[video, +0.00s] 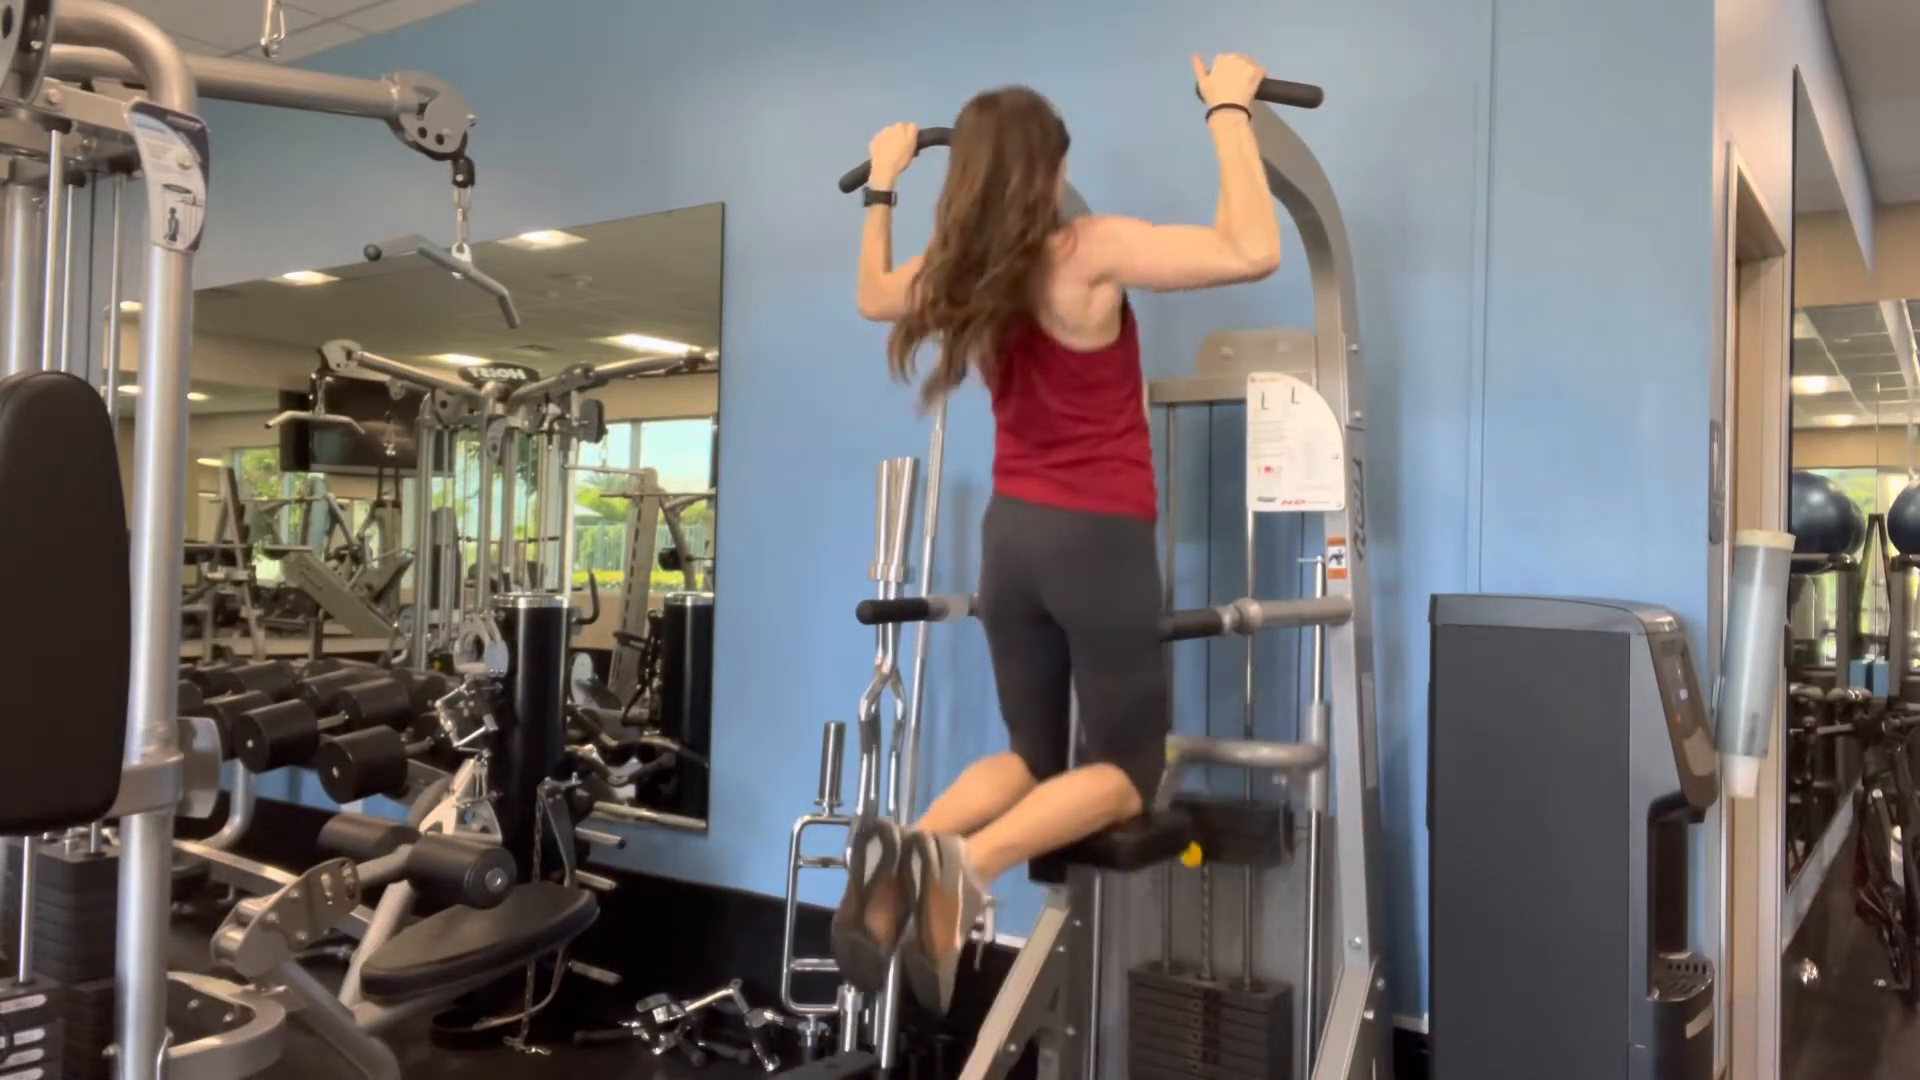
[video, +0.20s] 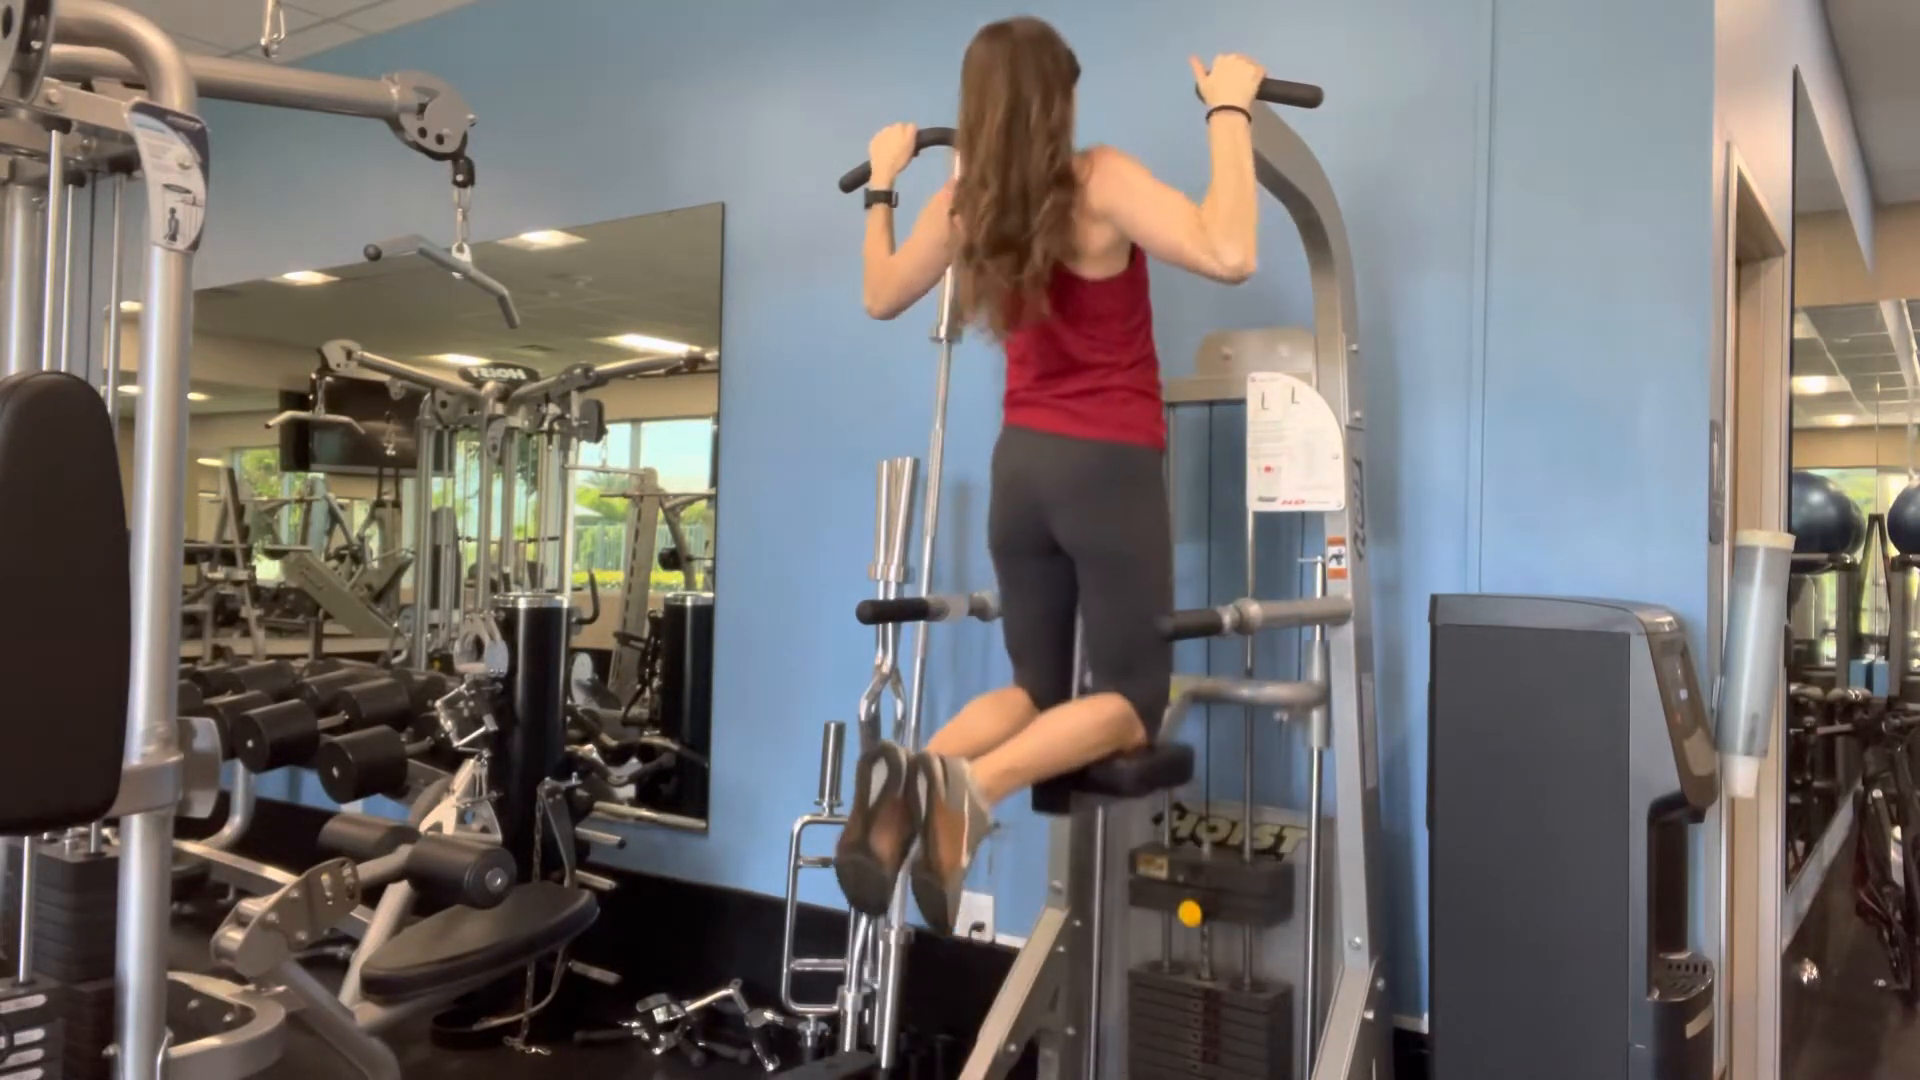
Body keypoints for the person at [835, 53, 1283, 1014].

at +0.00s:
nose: (1070, 165)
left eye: (1060, 156)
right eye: (1063, 155)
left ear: (968, 171)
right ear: (1051, 165)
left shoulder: (969, 264)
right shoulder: (1091, 246)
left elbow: (873, 296)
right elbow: (1251, 249)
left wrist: (879, 184)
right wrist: (1230, 110)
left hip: (1011, 534)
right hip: (1099, 540)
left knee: (1034, 758)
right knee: (1128, 773)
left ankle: (909, 850)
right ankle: (968, 865)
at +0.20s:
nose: (1076, 103)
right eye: (1072, 90)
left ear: (978, 105)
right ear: (1062, 98)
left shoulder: (966, 199)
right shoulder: (1101, 178)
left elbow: (883, 294)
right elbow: (1229, 252)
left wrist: (880, 184)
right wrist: (1230, 111)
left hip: (1019, 464)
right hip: (1109, 466)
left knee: (1037, 690)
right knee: (1131, 705)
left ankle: (914, 779)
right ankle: (976, 785)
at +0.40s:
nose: (1079, 52)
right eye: (1074, 38)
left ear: (988, 58)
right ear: (1070, 49)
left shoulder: (968, 164)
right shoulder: (1108, 135)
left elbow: (888, 285)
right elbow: (1184, 247)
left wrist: (879, 181)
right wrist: (1227, 113)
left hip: (1019, 423)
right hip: (1109, 424)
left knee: (1039, 647)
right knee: (1132, 663)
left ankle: (912, 733)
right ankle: (978, 734)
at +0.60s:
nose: (1087, 41)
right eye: (1082, 29)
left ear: (995, 48)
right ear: (1077, 41)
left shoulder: (974, 152)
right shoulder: (1112, 127)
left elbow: (893, 279)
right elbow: (1175, 243)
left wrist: (880, 180)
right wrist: (1228, 113)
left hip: (1020, 411)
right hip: (1110, 411)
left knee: (1039, 634)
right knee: (1133, 649)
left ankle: (914, 715)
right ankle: (980, 717)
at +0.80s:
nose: (1088, 43)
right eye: (1084, 30)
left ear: (996, 47)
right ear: (1079, 42)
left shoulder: (974, 155)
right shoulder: (1112, 132)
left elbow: (891, 279)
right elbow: (1180, 246)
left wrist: (878, 182)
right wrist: (1229, 114)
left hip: (1018, 415)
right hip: (1109, 414)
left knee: (1038, 639)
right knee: (1134, 653)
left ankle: (916, 717)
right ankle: (980, 722)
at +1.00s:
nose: (1088, 48)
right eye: (1083, 34)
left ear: (996, 51)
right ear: (1080, 46)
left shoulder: (975, 156)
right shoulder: (1113, 136)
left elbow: (891, 280)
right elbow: (1183, 247)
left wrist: (877, 182)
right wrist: (1229, 114)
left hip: (1019, 416)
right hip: (1109, 417)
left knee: (1038, 641)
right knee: (1134, 655)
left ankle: (915, 719)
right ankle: (980, 723)